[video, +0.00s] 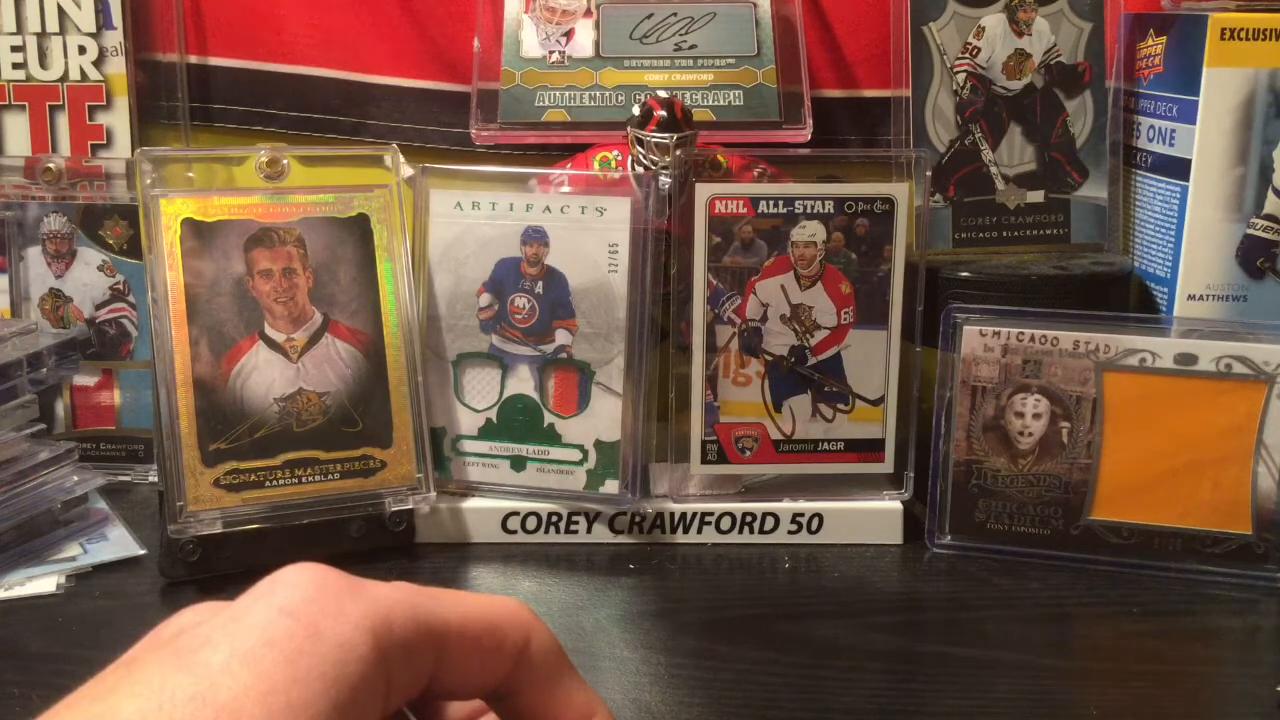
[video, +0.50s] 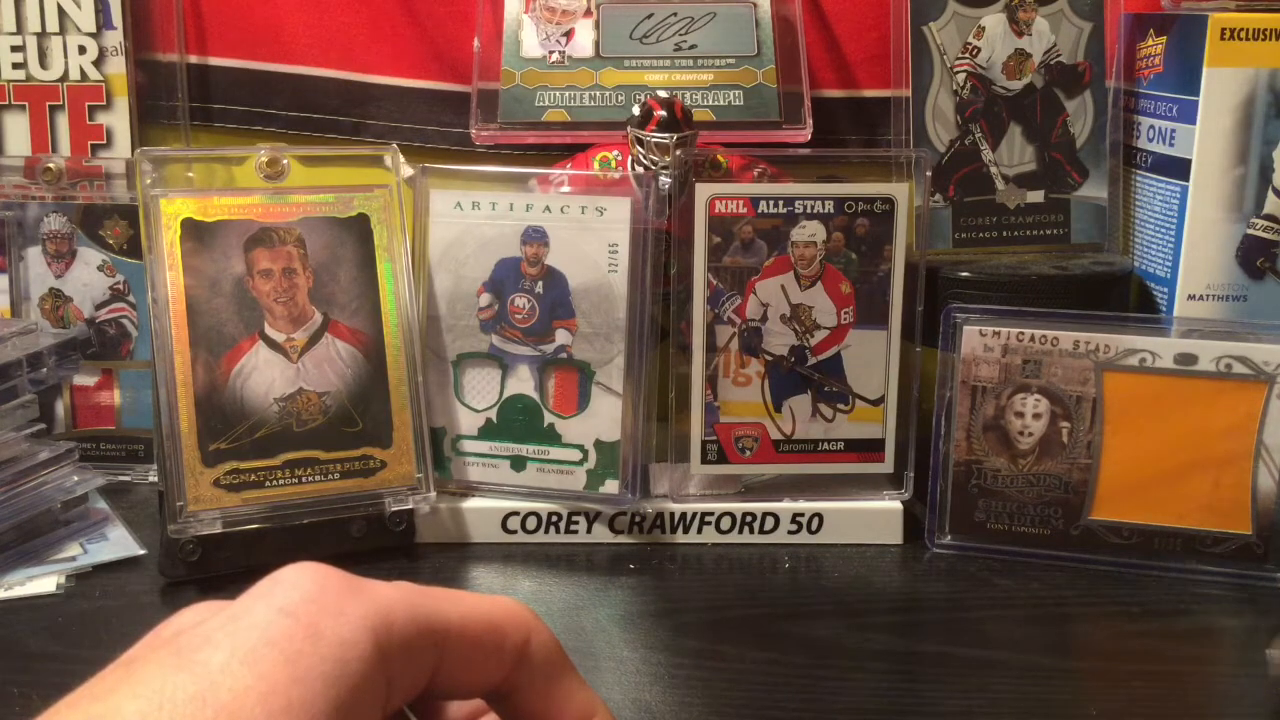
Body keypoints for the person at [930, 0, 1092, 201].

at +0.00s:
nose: (1029, 16)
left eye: (1033, 10)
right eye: (1024, 10)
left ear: (1037, 11)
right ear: (1010, 9)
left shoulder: (1041, 27)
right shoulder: (990, 26)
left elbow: (1050, 63)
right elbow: (965, 62)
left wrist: (1069, 75)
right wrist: (969, 97)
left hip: (1025, 92)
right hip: (992, 93)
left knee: (1055, 118)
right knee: (981, 136)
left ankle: (1063, 173)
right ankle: (942, 183)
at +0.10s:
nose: (1029, 16)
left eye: (1033, 10)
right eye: (1024, 10)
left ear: (1037, 10)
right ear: (1011, 9)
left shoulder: (1041, 27)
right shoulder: (991, 26)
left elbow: (1050, 63)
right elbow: (965, 62)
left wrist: (1070, 75)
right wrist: (969, 97)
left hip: (1025, 92)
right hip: (992, 93)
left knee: (1055, 118)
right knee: (981, 137)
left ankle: (1062, 173)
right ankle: (942, 183)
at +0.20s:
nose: (1029, 16)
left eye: (1033, 10)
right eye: (1023, 10)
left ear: (1037, 10)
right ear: (1010, 9)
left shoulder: (1041, 27)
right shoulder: (990, 26)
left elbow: (1050, 63)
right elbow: (964, 62)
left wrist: (1070, 74)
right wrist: (969, 96)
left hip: (1026, 91)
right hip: (993, 93)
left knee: (1056, 121)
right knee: (979, 138)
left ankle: (1063, 175)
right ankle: (942, 185)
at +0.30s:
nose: (1029, 15)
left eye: (1033, 9)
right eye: (1023, 9)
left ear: (1037, 10)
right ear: (1010, 8)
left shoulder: (1041, 27)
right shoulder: (990, 26)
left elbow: (1050, 62)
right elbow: (964, 62)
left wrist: (1069, 73)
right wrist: (969, 96)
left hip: (1026, 91)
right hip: (993, 94)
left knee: (1056, 122)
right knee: (979, 138)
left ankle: (1062, 176)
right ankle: (943, 184)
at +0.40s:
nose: (1029, 15)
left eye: (1033, 9)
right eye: (1023, 9)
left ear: (1037, 10)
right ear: (1010, 8)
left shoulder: (1041, 27)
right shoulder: (990, 26)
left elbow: (1050, 62)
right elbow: (964, 62)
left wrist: (1069, 73)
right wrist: (969, 96)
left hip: (1027, 91)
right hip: (993, 94)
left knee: (1056, 122)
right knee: (979, 138)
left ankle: (1062, 176)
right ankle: (943, 184)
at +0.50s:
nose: (1029, 16)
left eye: (1033, 10)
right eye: (1023, 10)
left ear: (1037, 10)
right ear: (1010, 9)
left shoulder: (1041, 27)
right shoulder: (990, 26)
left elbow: (1050, 63)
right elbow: (964, 62)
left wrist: (1070, 74)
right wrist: (969, 96)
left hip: (1026, 91)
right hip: (993, 93)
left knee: (1056, 121)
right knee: (979, 138)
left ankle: (1063, 175)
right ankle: (942, 185)